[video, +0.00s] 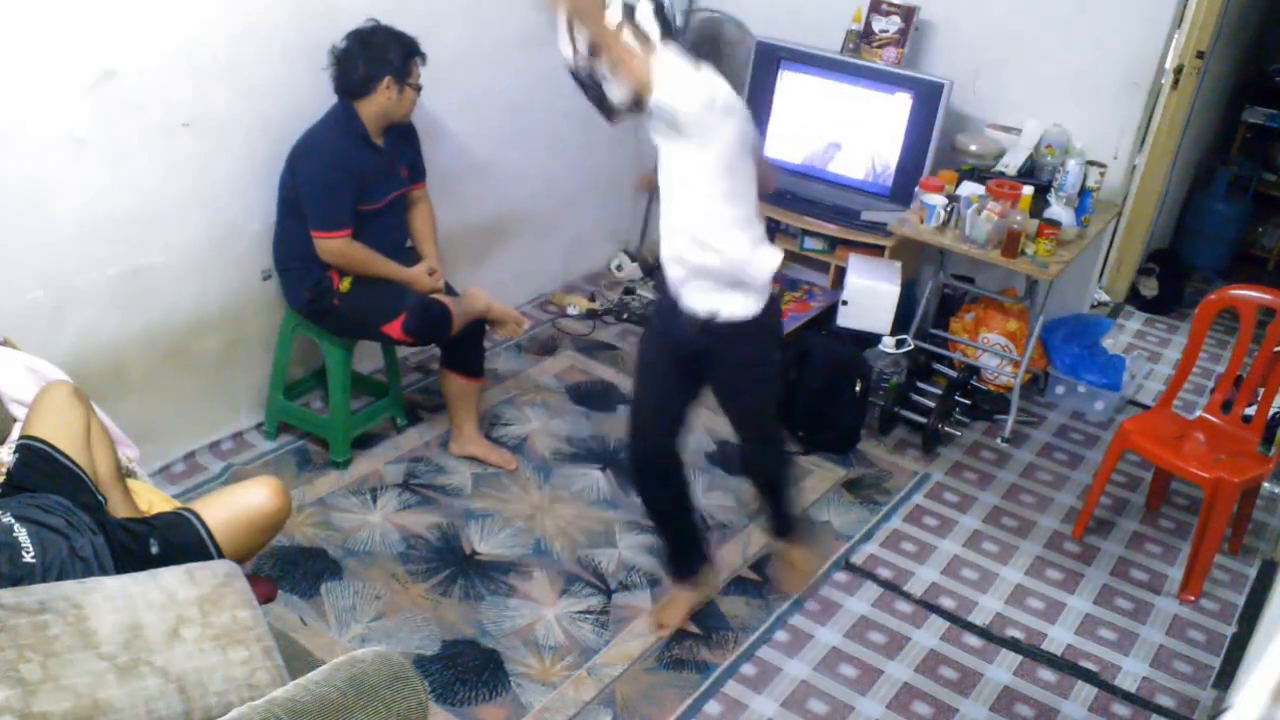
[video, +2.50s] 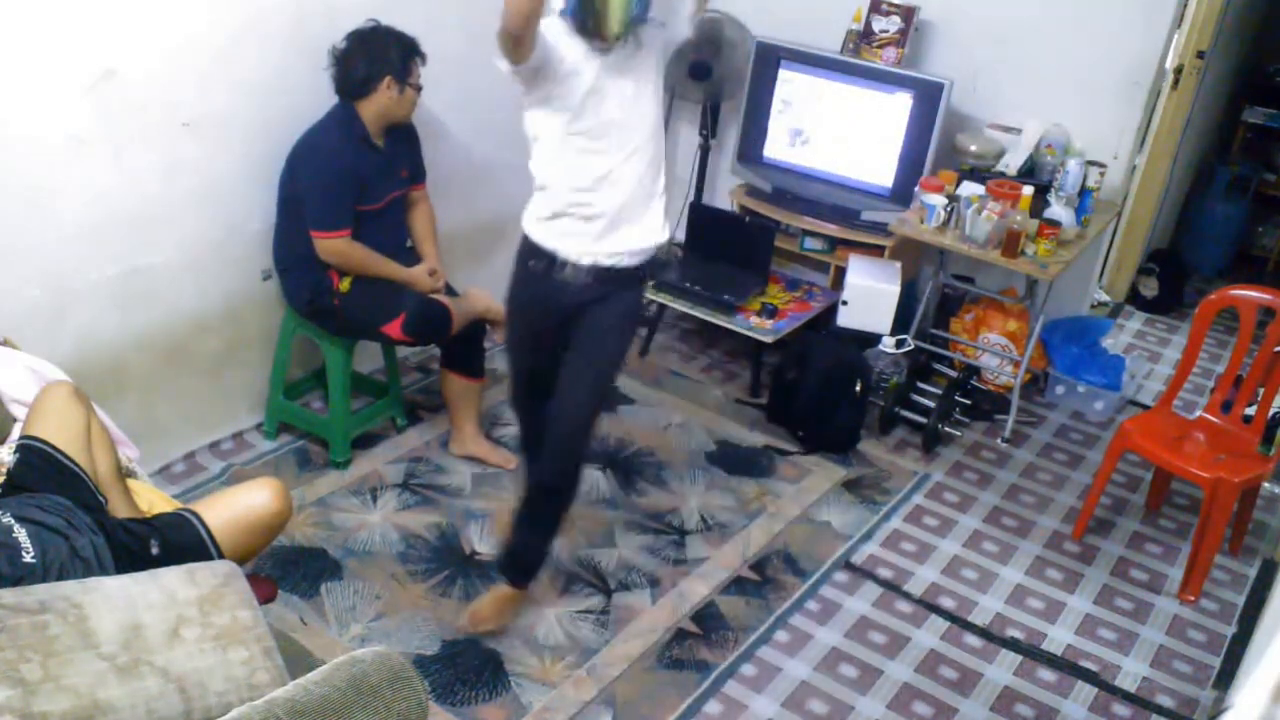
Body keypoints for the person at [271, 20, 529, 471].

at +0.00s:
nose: (419, 96)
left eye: (419, 87)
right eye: (416, 87)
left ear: (386, 88)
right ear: (387, 88)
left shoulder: (399, 131)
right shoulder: (325, 151)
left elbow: (418, 202)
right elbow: (333, 249)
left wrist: (429, 259)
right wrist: (407, 276)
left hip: (387, 266)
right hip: (325, 283)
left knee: (466, 320)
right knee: (424, 324)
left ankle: (465, 435)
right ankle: (477, 305)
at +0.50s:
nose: (419, 96)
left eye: (419, 87)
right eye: (416, 86)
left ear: (386, 87)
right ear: (387, 87)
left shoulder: (400, 131)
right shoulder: (326, 151)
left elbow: (418, 202)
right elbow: (333, 249)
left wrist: (429, 259)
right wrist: (408, 277)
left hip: (387, 266)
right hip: (325, 283)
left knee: (465, 321)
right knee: (426, 323)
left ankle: (466, 435)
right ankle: (476, 306)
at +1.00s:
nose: (419, 95)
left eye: (419, 86)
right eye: (416, 86)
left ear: (386, 87)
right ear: (387, 87)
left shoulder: (399, 130)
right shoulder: (326, 151)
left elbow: (418, 201)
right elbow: (332, 249)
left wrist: (429, 258)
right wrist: (407, 277)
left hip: (388, 265)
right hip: (325, 284)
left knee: (465, 323)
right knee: (427, 322)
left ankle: (466, 435)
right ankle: (477, 305)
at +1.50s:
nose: (419, 96)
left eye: (419, 87)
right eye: (416, 87)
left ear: (387, 88)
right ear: (387, 88)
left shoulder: (400, 131)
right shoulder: (326, 151)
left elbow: (417, 202)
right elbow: (333, 249)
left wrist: (428, 260)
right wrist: (407, 277)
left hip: (388, 264)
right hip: (325, 282)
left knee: (465, 323)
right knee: (424, 323)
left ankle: (466, 436)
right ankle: (476, 306)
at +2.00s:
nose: (419, 96)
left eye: (419, 87)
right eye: (416, 87)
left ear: (387, 88)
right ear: (387, 88)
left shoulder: (400, 130)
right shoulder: (326, 151)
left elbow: (418, 202)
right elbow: (332, 249)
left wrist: (429, 260)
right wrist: (407, 276)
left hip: (389, 264)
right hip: (325, 281)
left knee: (465, 323)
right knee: (423, 324)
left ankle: (466, 435)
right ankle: (477, 306)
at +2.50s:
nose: (420, 96)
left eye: (420, 87)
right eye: (416, 87)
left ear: (387, 87)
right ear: (388, 87)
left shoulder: (399, 131)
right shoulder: (326, 151)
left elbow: (417, 201)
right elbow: (332, 249)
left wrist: (430, 261)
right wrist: (407, 275)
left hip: (387, 264)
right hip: (325, 284)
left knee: (465, 324)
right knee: (422, 323)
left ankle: (466, 435)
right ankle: (473, 306)